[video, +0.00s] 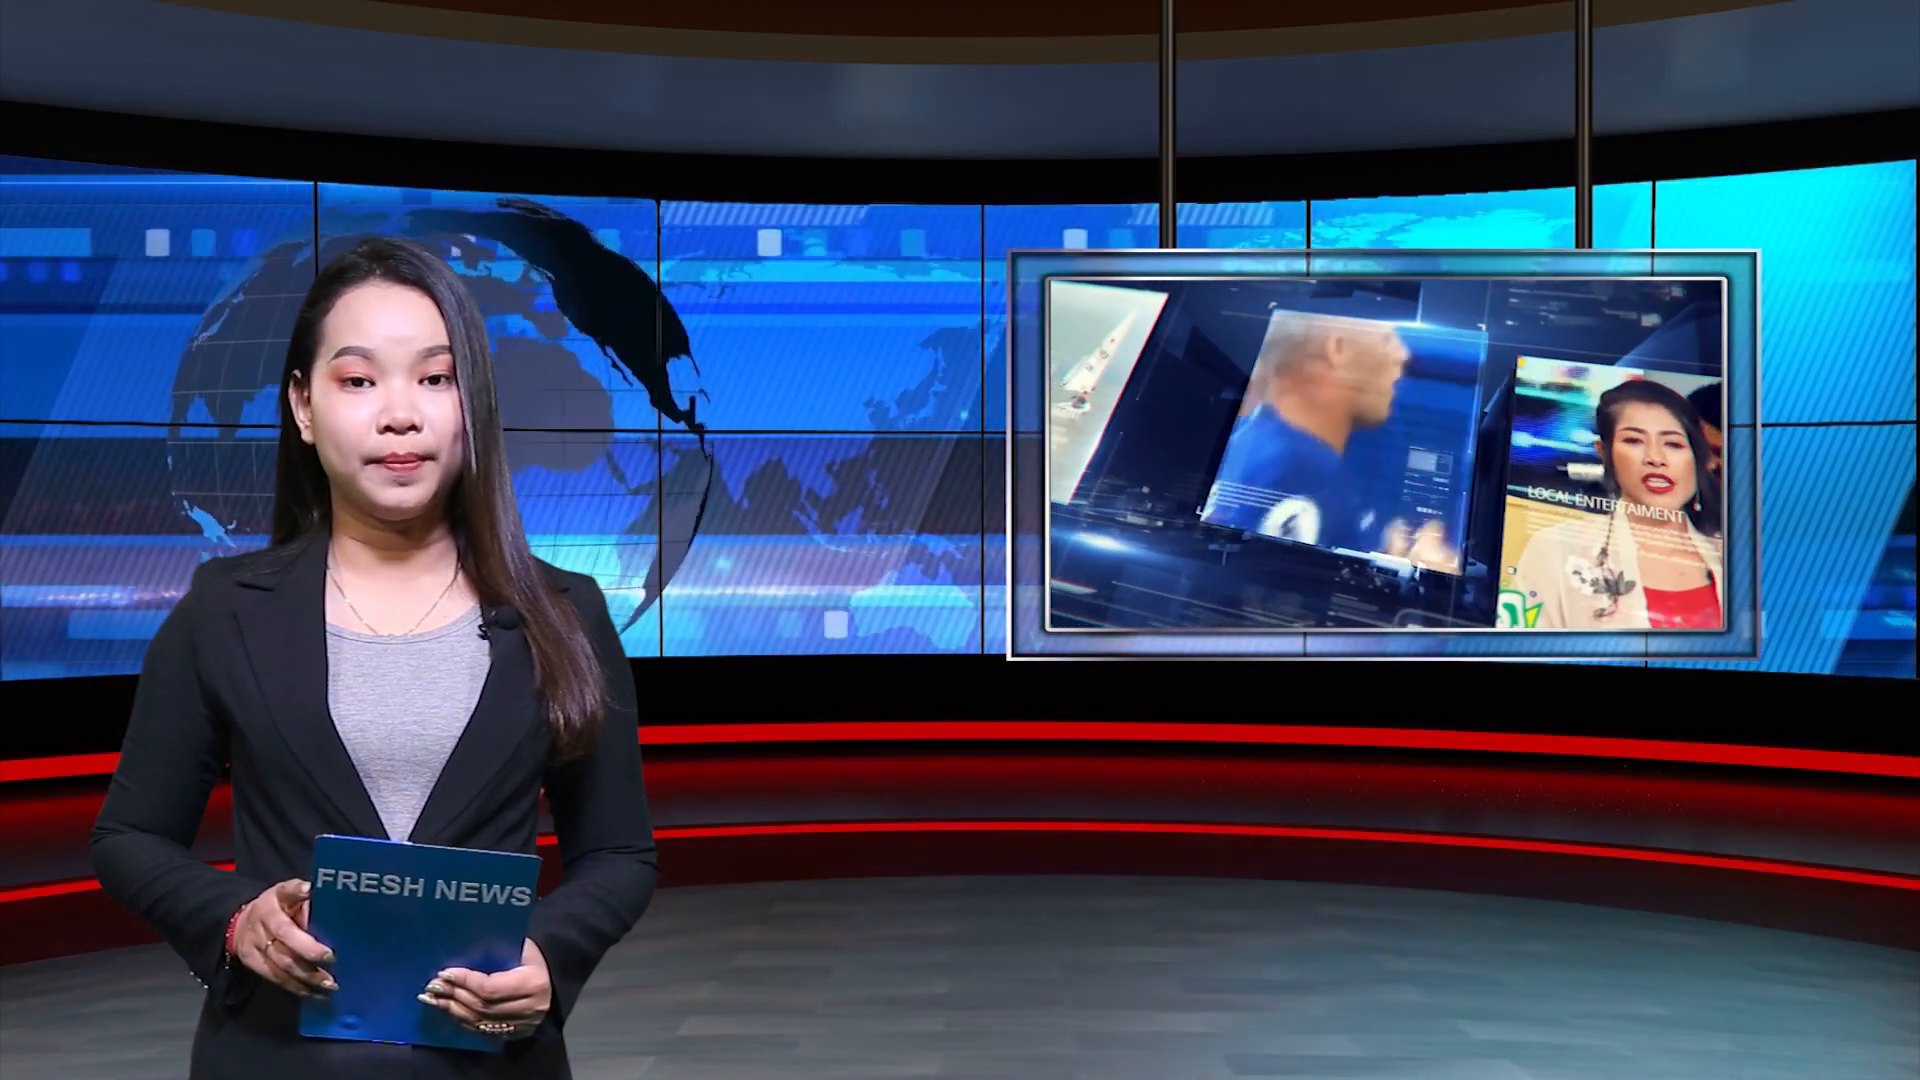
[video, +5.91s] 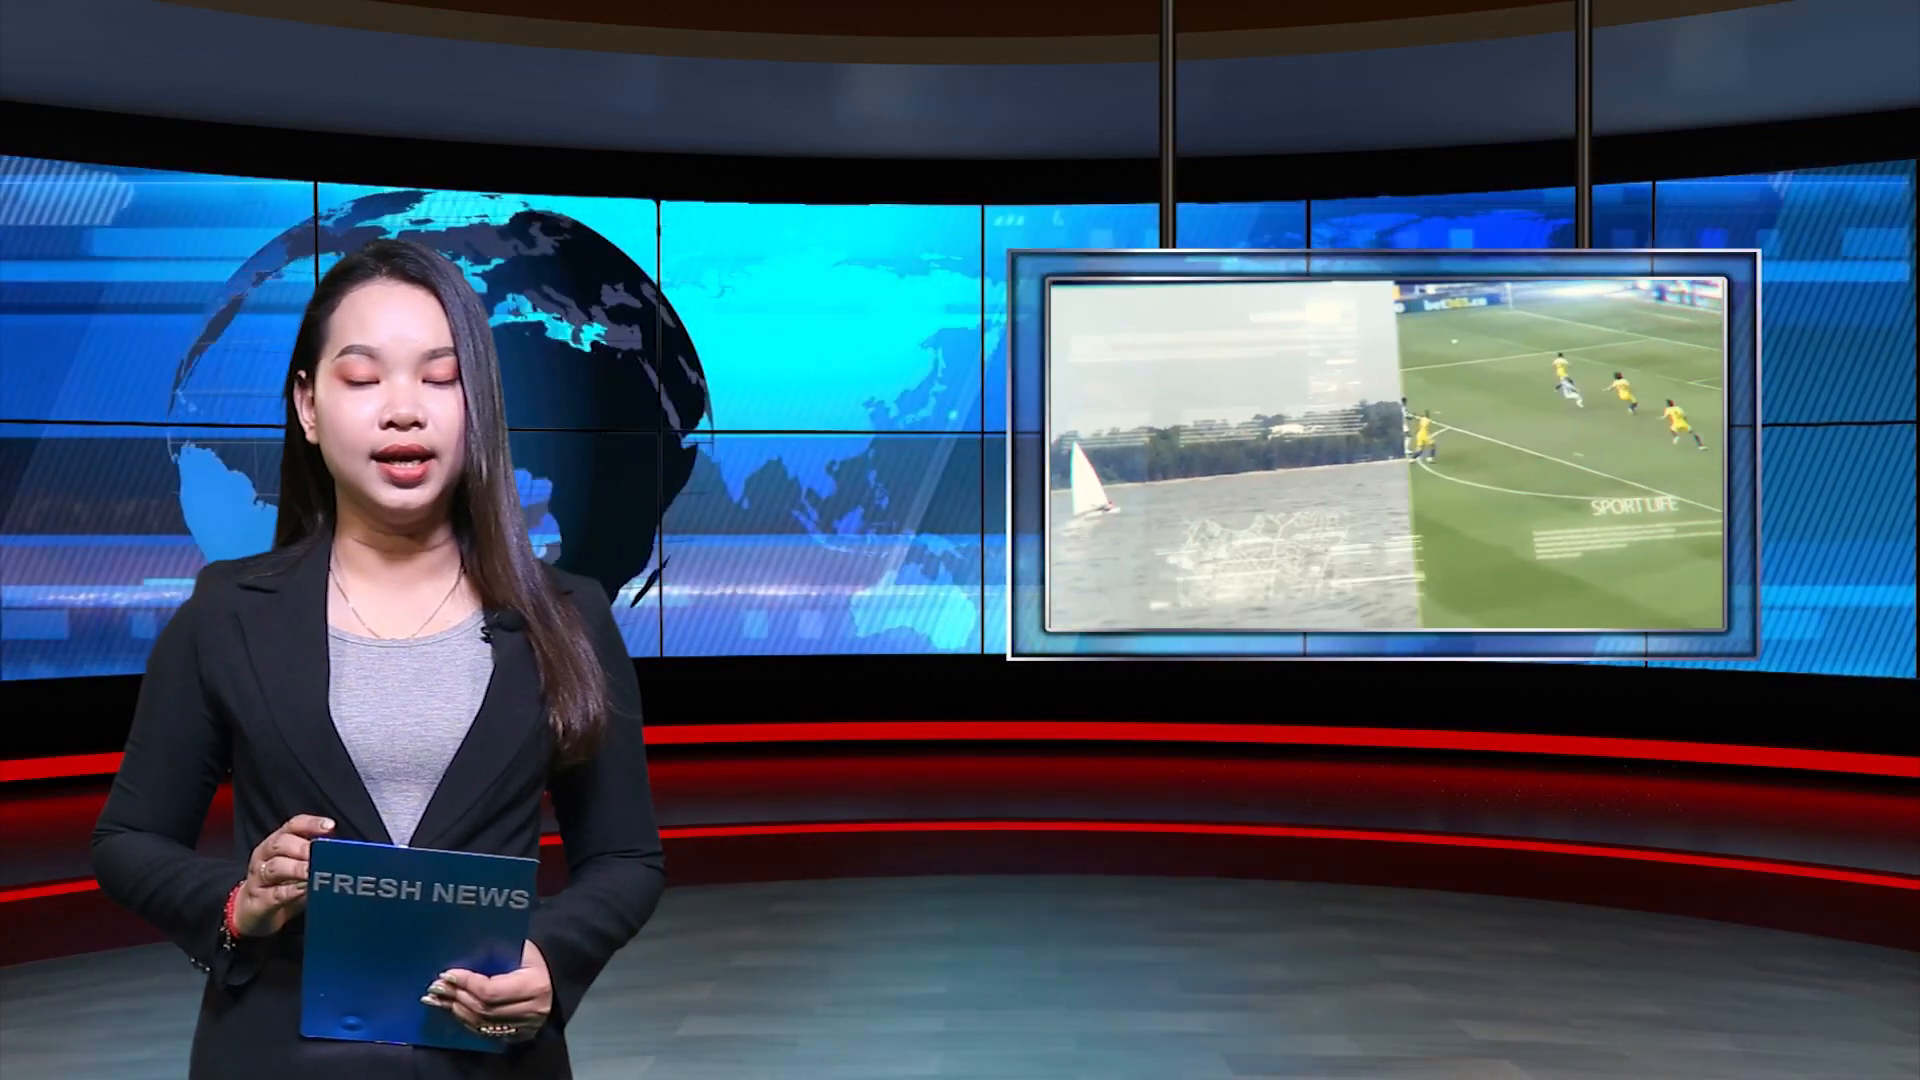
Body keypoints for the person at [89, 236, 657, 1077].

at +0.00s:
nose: (401, 414)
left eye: (433, 376)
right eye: (358, 378)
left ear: (470, 405)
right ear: (303, 409)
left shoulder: (560, 614)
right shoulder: (225, 613)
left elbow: (617, 855)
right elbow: (129, 838)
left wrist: (546, 958)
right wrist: (231, 916)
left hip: (492, 1050)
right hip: (279, 1052)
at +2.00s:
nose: (388, 409)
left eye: (425, 373)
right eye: (348, 377)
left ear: (476, 397)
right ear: (308, 408)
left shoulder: (568, 617)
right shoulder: (234, 614)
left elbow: (625, 857)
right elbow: (134, 838)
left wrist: (555, 960)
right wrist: (239, 916)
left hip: (497, 1052)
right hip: (282, 1053)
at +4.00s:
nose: (414, 408)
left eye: (449, 375)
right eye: (371, 375)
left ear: (487, 404)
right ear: (318, 409)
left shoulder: (571, 620)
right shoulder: (238, 612)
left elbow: (626, 857)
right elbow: (135, 839)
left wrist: (563, 957)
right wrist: (247, 918)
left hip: (504, 1055)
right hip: (288, 1055)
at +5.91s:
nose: (404, 410)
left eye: (437, 375)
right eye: (362, 376)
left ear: (475, 404)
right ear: (308, 407)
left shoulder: (563, 618)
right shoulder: (228, 615)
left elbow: (624, 859)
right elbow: (128, 841)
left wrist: (547, 961)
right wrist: (234, 898)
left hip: (493, 1052)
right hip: (277, 1053)